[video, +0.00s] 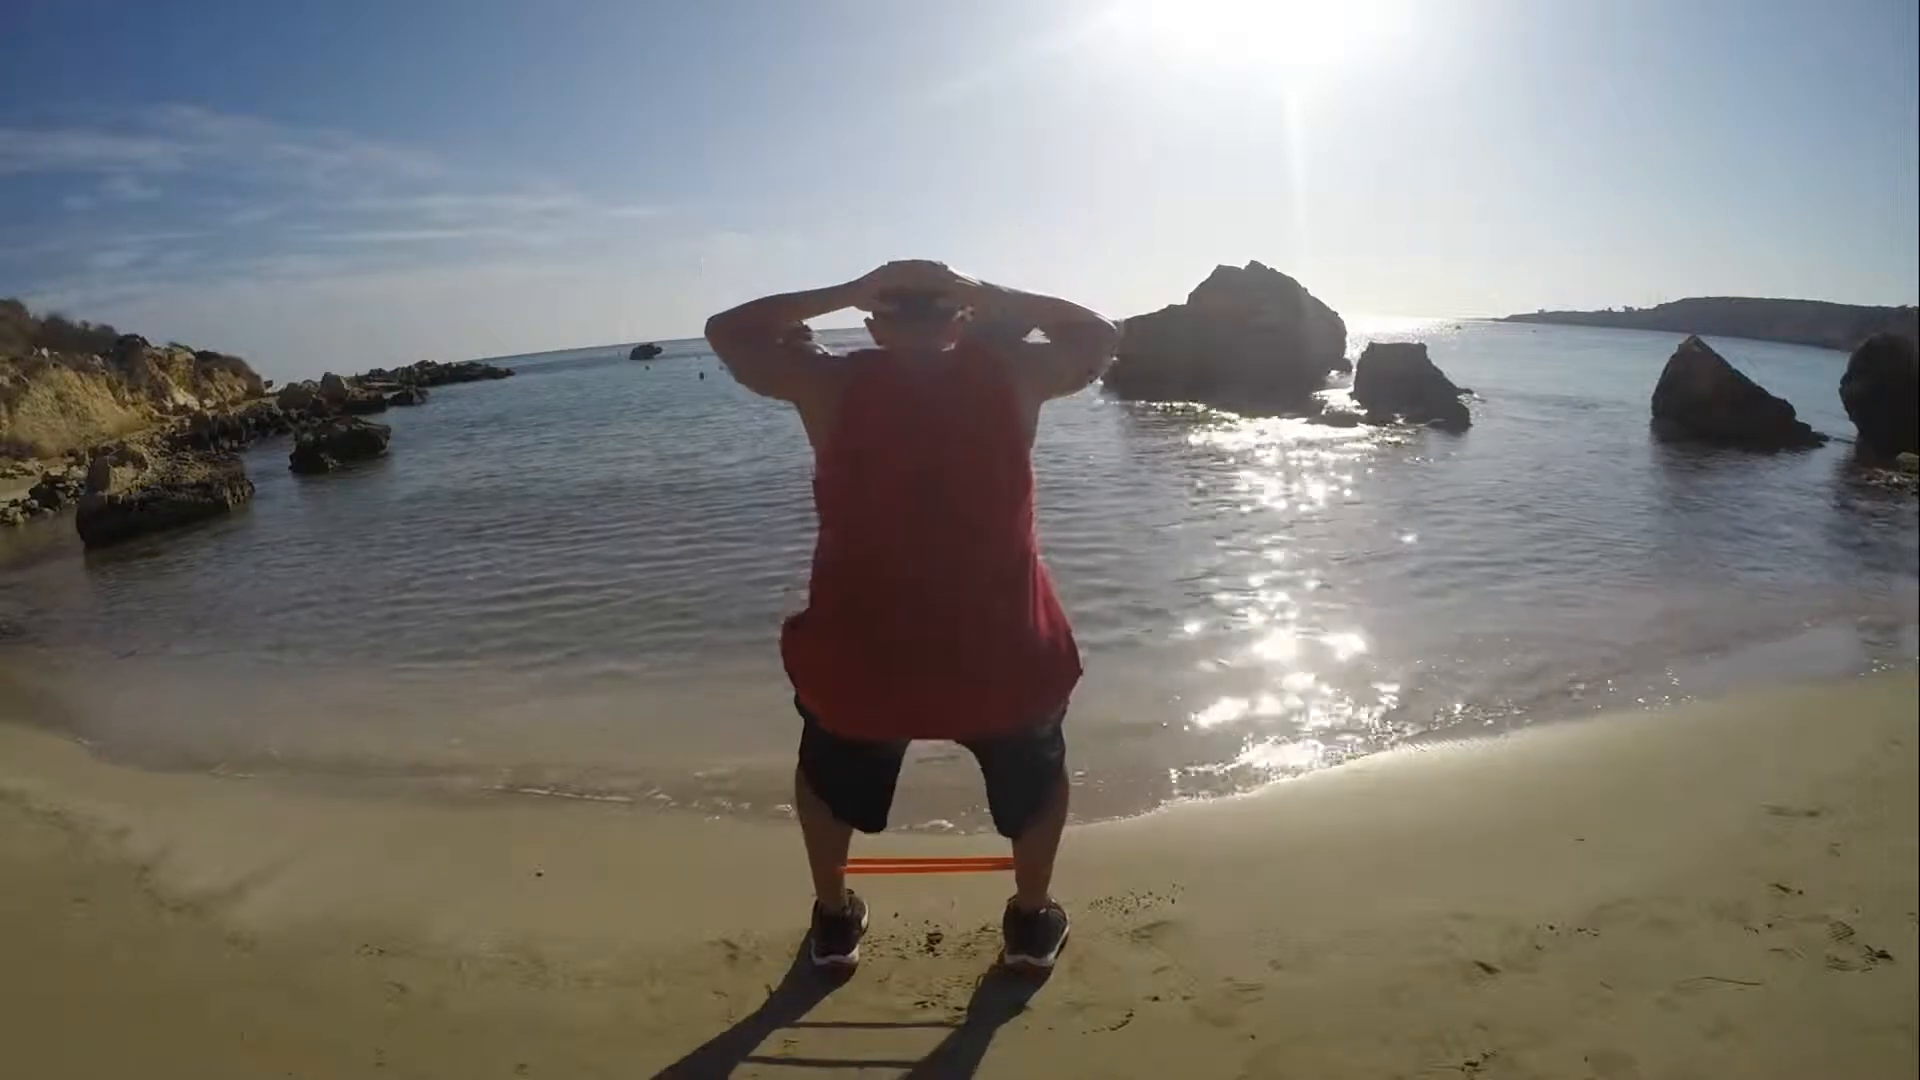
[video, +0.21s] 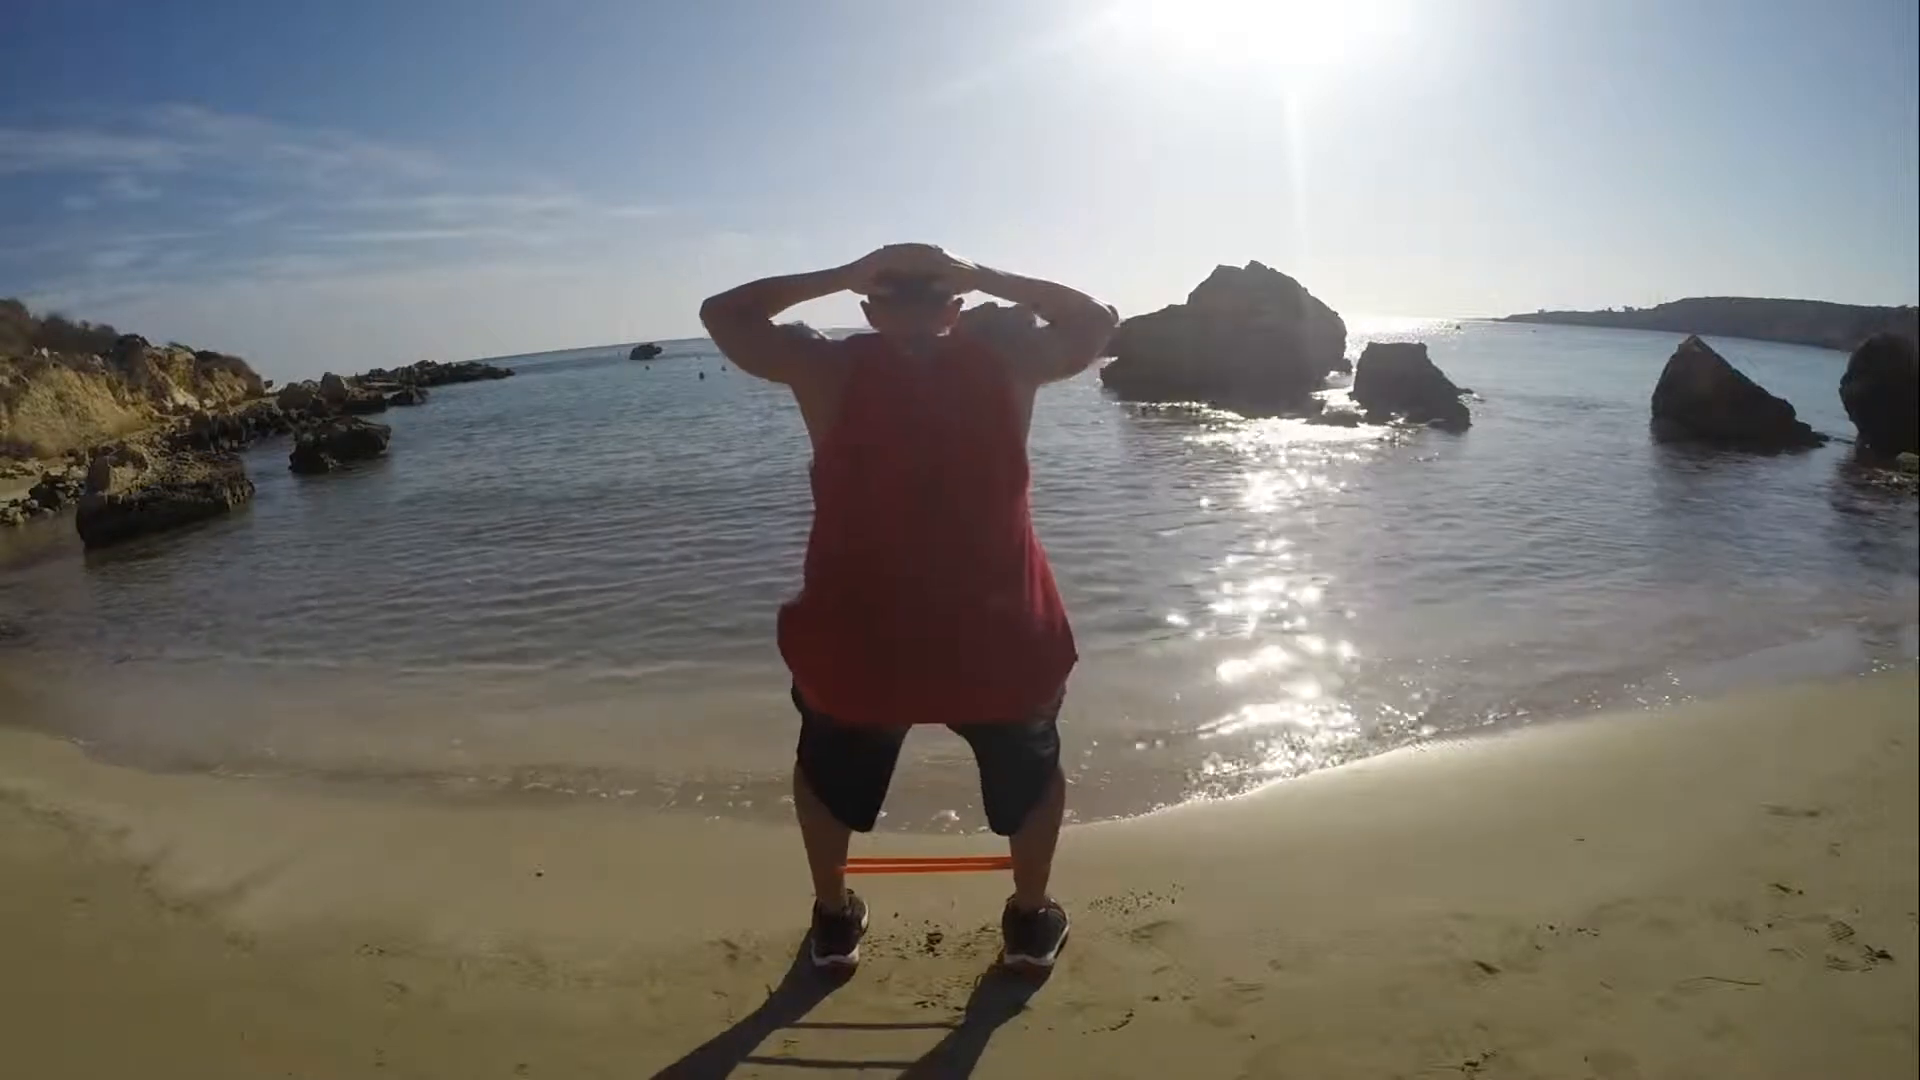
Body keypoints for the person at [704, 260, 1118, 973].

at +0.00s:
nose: (900, 306)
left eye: (894, 300)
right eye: (912, 296)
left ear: (875, 321)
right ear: (963, 316)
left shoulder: (828, 380)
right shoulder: (1009, 373)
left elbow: (728, 329)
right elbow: (1099, 335)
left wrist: (849, 293)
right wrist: (994, 296)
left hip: (863, 658)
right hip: (998, 655)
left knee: (827, 762)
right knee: (1035, 768)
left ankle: (832, 915)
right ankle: (1030, 917)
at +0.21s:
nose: (903, 297)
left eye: (901, 286)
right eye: (905, 285)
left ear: (868, 303)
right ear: (955, 299)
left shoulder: (823, 365)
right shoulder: (1001, 354)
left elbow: (723, 312)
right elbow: (1094, 324)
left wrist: (842, 277)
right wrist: (979, 274)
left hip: (860, 635)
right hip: (994, 631)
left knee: (828, 766)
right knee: (1030, 769)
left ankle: (833, 916)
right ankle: (1030, 916)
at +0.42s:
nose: (894, 290)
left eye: (893, 280)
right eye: (896, 279)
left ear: (865, 296)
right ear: (951, 293)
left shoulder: (820, 363)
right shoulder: (1000, 355)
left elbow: (720, 307)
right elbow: (1092, 313)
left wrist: (837, 269)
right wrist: (976, 266)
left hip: (858, 635)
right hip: (991, 632)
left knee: (828, 767)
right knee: (1030, 771)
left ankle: (832, 917)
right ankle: (1030, 917)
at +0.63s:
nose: (895, 286)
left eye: (896, 275)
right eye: (892, 274)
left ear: (856, 291)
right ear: (943, 288)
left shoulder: (810, 358)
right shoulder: (992, 346)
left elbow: (712, 305)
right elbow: (1084, 307)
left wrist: (827, 267)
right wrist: (968, 262)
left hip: (851, 630)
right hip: (985, 625)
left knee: (825, 770)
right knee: (1024, 771)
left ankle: (831, 917)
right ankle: (1030, 915)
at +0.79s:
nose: (871, 257)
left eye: (875, 246)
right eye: (870, 245)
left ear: (839, 264)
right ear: (927, 263)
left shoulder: (795, 333)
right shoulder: (978, 321)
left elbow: (698, 285)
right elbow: (1071, 277)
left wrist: (812, 242)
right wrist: (951, 236)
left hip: (846, 606)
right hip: (985, 599)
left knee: (827, 764)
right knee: (1032, 752)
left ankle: (830, 913)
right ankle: (1036, 905)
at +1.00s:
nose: (866, 222)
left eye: (857, 214)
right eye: (884, 210)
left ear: (831, 237)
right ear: (918, 233)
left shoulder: (789, 303)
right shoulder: (968, 286)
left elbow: (698, 265)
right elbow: (1072, 236)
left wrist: (807, 214)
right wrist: (939, 201)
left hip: (855, 576)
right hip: (1003, 557)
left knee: (839, 760)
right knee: (1107, 727)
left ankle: (832, 917)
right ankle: (1156, 881)